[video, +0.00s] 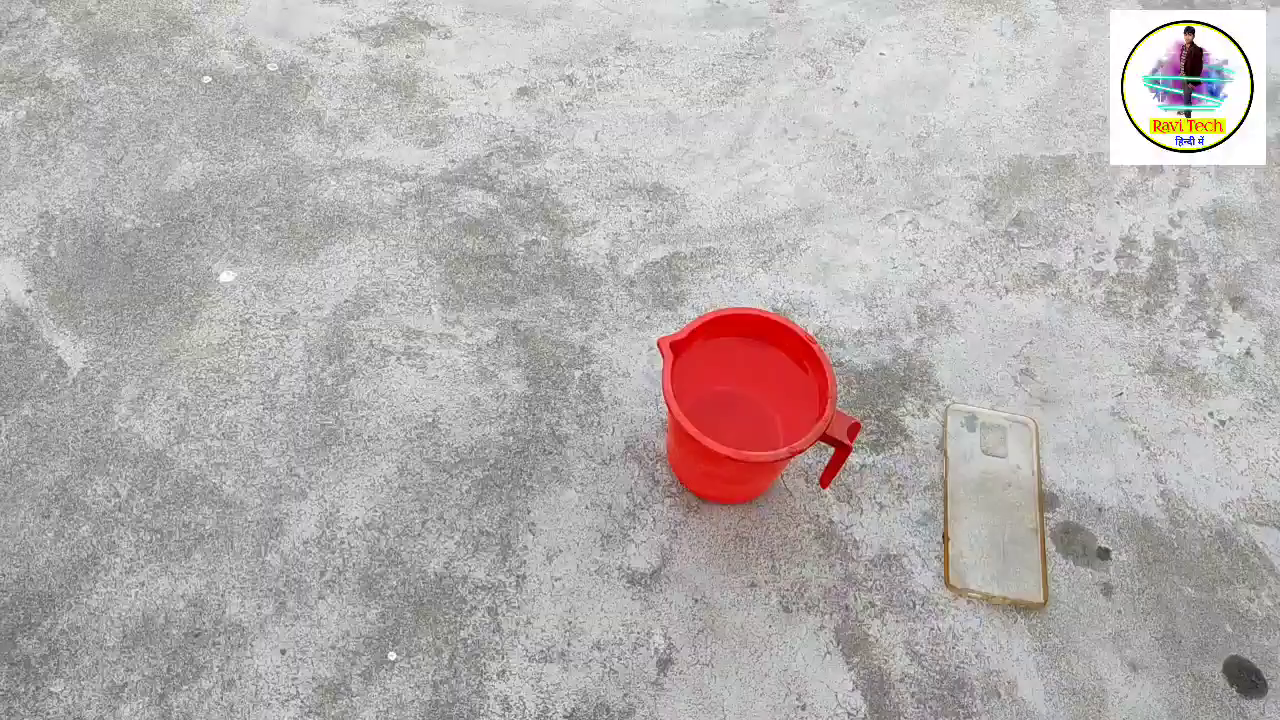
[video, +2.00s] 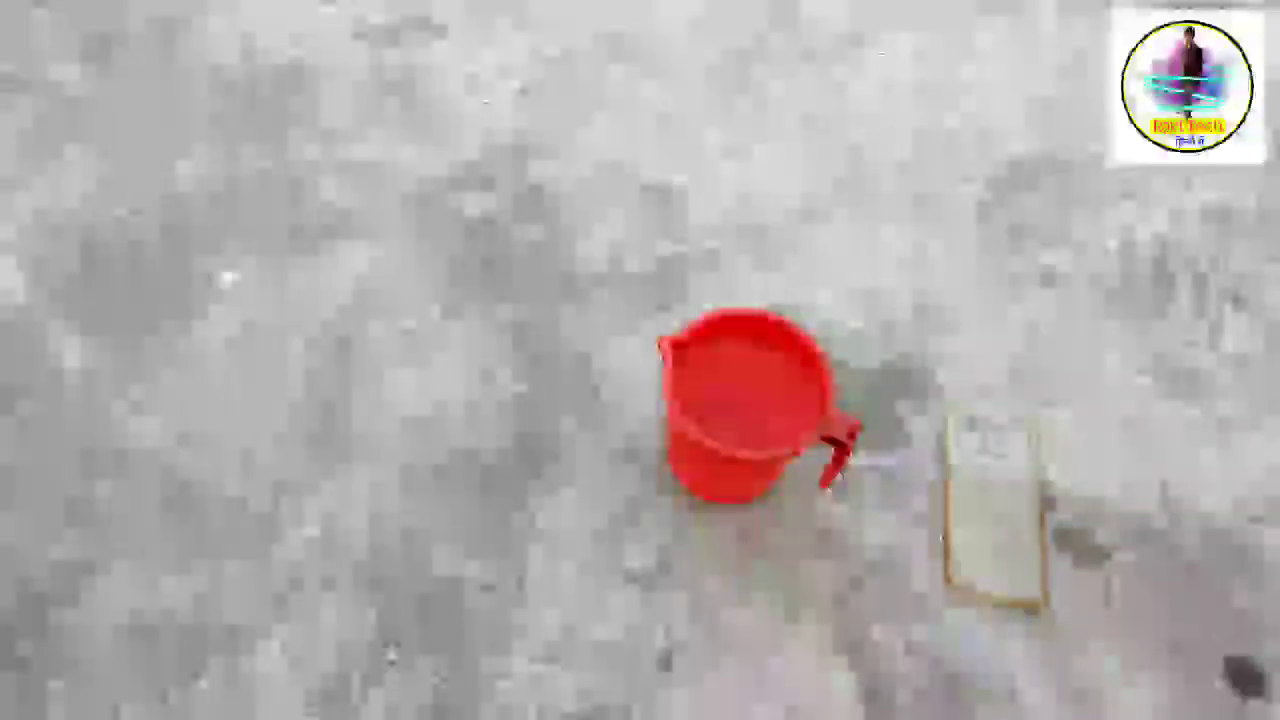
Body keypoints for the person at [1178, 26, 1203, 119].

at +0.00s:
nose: (1187, 37)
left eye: (1189, 35)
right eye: (1185, 34)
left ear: (1193, 36)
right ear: (1183, 36)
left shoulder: (1197, 50)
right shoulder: (1183, 48)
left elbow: (1198, 67)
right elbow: (1182, 61)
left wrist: (1194, 81)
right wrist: (1181, 72)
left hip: (1191, 76)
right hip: (1183, 75)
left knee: (1187, 96)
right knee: (1185, 96)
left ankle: (1188, 115)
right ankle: (1186, 113)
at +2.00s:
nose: (1187, 38)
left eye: (1189, 36)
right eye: (1186, 36)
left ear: (1193, 36)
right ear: (1184, 36)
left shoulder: (1197, 50)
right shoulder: (1182, 50)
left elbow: (1199, 64)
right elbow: (1177, 62)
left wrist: (1198, 75)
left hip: (1194, 75)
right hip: (1184, 74)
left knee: (1190, 93)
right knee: (1185, 93)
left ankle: (1188, 112)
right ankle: (1186, 112)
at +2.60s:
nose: (1187, 38)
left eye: (1189, 36)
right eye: (1186, 36)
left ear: (1193, 36)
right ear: (1184, 36)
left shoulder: (1197, 50)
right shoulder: (1182, 50)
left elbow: (1199, 63)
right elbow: (1178, 61)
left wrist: (1199, 73)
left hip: (1194, 74)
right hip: (1184, 73)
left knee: (1190, 92)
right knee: (1185, 92)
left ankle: (1188, 111)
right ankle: (1186, 110)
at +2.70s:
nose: (1187, 38)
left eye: (1189, 36)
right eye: (1186, 36)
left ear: (1193, 36)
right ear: (1184, 36)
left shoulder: (1197, 50)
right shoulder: (1182, 50)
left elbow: (1199, 63)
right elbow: (1178, 61)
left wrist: (1199, 73)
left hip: (1194, 74)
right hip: (1184, 73)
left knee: (1190, 92)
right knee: (1185, 92)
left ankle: (1188, 111)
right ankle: (1186, 110)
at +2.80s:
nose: (1187, 38)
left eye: (1189, 36)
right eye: (1186, 36)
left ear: (1193, 36)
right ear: (1184, 36)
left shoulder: (1197, 50)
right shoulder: (1182, 50)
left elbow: (1199, 63)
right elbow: (1178, 61)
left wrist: (1199, 73)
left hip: (1194, 74)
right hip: (1184, 73)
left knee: (1190, 92)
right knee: (1185, 92)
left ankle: (1188, 111)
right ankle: (1186, 111)